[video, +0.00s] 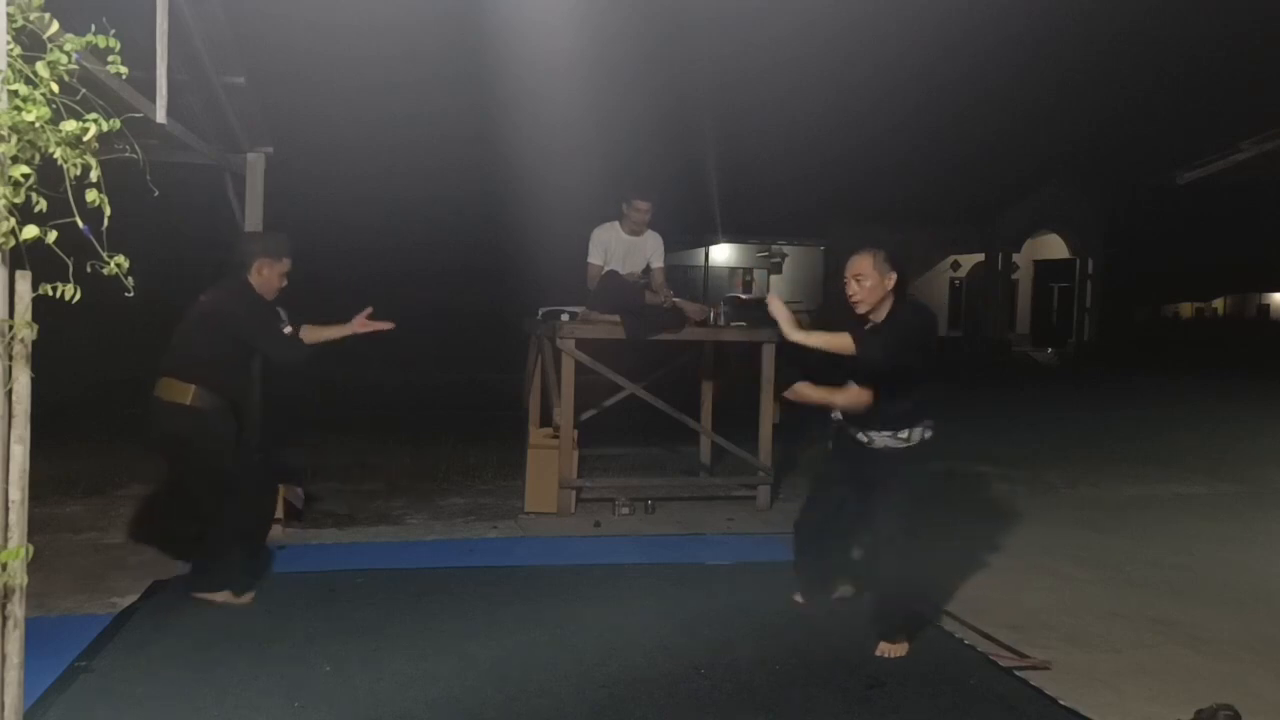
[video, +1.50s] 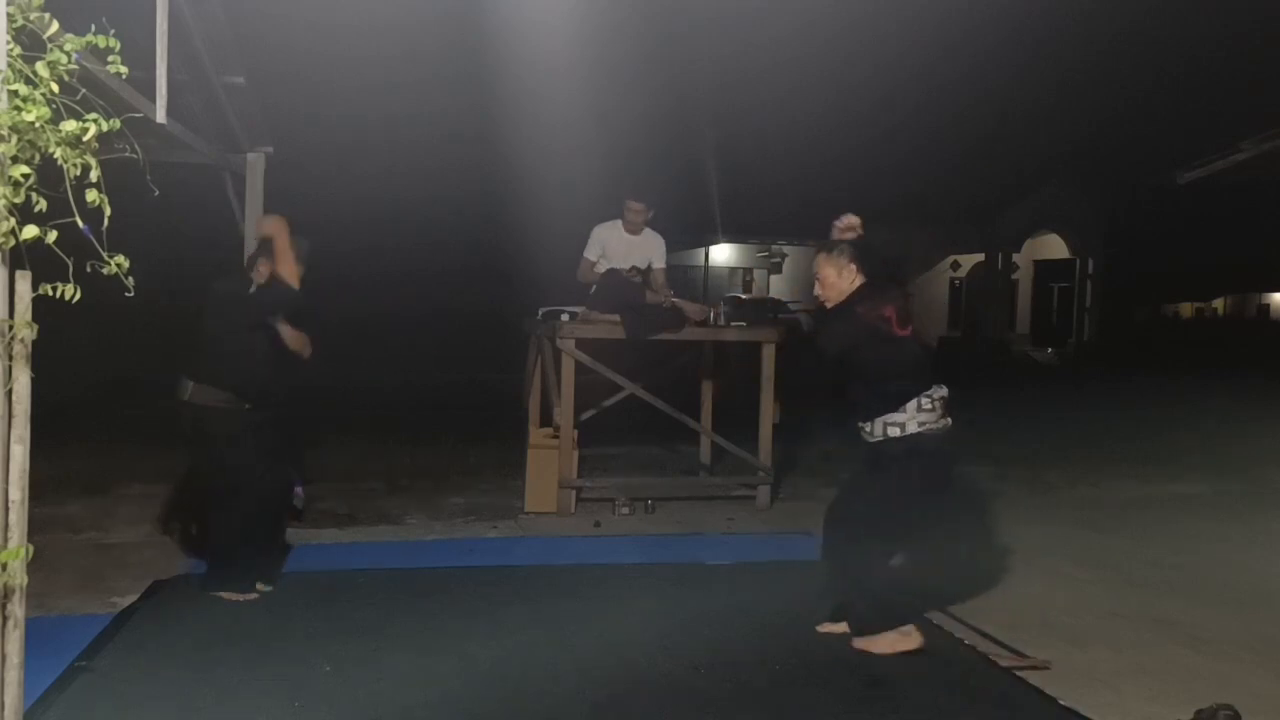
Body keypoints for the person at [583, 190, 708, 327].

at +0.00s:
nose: (642, 217)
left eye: (647, 212)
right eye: (637, 211)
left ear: (651, 213)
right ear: (625, 209)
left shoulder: (654, 240)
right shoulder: (602, 234)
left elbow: (659, 283)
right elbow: (592, 283)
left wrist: (665, 295)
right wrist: (623, 280)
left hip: (637, 299)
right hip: (604, 299)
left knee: (676, 317)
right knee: (611, 278)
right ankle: (680, 305)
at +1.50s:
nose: (631, 216)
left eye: (638, 212)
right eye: (628, 210)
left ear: (649, 214)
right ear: (623, 209)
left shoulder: (656, 242)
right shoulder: (602, 232)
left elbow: (660, 283)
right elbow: (583, 275)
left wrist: (668, 298)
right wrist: (617, 276)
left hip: (636, 302)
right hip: (602, 300)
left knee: (673, 316)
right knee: (612, 278)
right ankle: (679, 306)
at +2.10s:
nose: (617, 218)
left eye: (622, 213)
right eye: (615, 212)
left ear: (638, 213)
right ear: (611, 210)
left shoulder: (653, 240)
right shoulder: (598, 228)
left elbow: (658, 279)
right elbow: (578, 253)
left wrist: (663, 294)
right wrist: (559, 274)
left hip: (634, 300)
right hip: (600, 298)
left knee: (674, 318)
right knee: (611, 275)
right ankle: (678, 305)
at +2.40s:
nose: (621, 216)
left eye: (627, 211)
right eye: (619, 210)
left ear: (641, 213)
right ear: (615, 209)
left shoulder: (653, 239)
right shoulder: (599, 228)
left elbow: (659, 280)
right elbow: (577, 257)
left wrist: (667, 297)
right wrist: (566, 292)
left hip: (634, 300)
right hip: (600, 298)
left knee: (674, 318)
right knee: (612, 275)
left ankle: (600, 316)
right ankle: (679, 305)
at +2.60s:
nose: (626, 214)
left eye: (633, 210)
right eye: (623, 208)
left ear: (646, 213)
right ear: (619, 207)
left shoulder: (655, 240)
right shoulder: (600, 227)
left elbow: (659, 282)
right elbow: (577, 256)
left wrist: (668, 296)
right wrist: (569, 294)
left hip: (634, 301)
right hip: (600, 299)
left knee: (675, 317)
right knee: (613, 275)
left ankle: (605, 316)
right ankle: (680, 306)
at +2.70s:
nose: (627, 214)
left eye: (634, 210)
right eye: (625, 208)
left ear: (648, 212)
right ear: (620, 207)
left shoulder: (655, 241)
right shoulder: (600, 227)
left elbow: (659, 282)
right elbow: (577, 256)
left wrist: (668, 296)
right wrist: (569, 294)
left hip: (634, 301)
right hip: (600, 299)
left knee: (675, 317)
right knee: (613, 276)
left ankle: (604, 316)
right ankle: (681, 306)